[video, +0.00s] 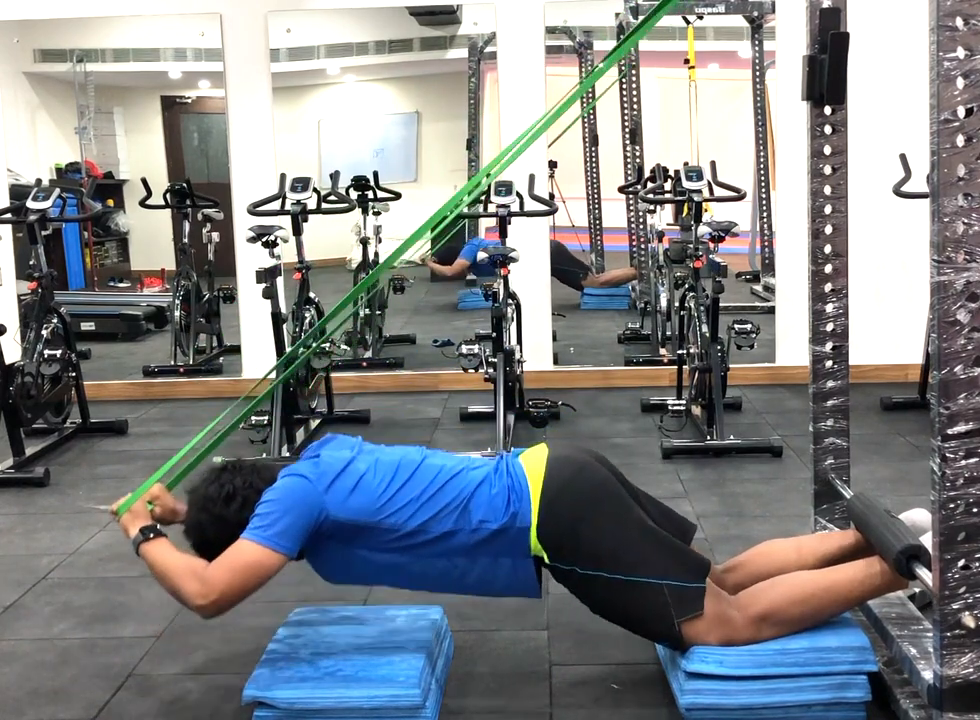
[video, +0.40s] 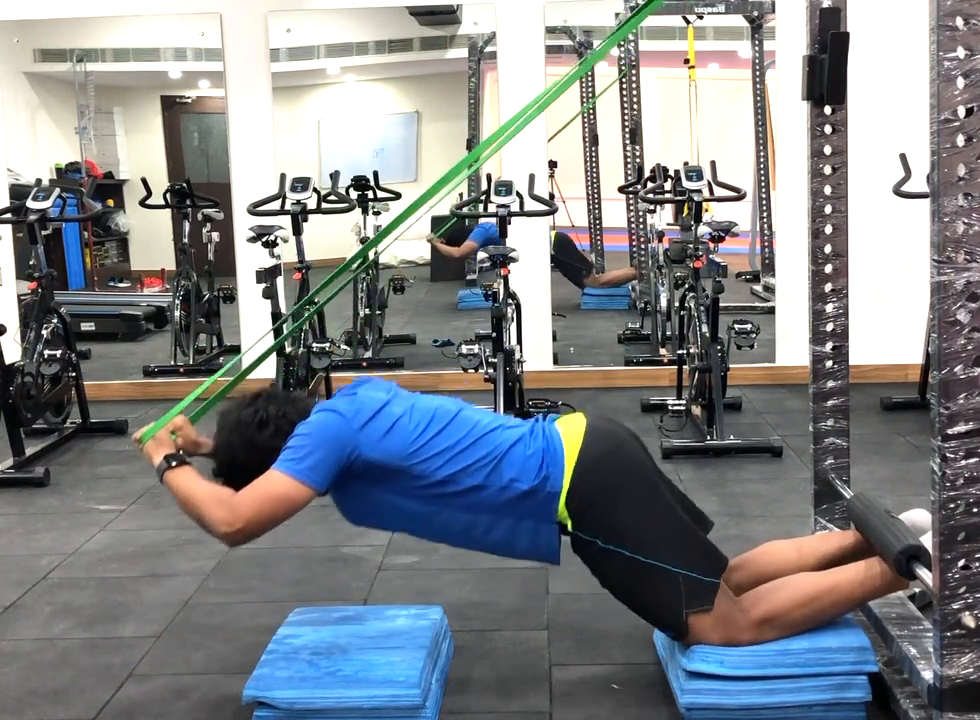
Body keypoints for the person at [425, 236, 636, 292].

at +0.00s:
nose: (451, 270)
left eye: (449, 266)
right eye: (448, 267)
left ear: (455, 258)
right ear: (457, 249)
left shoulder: (472, 247)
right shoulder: (476, 244)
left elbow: (453, 272)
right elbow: (455, 271)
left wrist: (431, 264)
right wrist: (435, 265)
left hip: (547, 253)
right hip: (547, 249)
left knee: (592, 282)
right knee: (592, 279)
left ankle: (641, 271)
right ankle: (641, 270)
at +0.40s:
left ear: (468, 226)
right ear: (472, 221)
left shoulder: (484, 227)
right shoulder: (492, 222)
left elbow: (459, 253)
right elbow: (462, 250)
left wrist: (434, 242)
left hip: (555, 243)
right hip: (553, 242)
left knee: (593, 281)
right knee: (591, 279)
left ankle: (642, 270)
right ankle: (640, 270)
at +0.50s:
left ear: (490, 200)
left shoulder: (489, 220)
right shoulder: (502, 215)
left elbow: (462, 249)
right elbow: (467, 246)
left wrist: (440, 239)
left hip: (559, 242)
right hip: (556, 242)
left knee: (594, 280)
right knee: (592, 279)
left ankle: (642, 269)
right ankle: (640, 269)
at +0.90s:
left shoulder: (506, 208)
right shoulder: (505, 208)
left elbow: (479, 223)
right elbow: (479, 222)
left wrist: (455, 214)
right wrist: (457, 213)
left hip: (571, 236)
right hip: (568, 238)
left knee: (596, 279)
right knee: (593, 279)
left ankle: (643, 271)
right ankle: (641, 270)